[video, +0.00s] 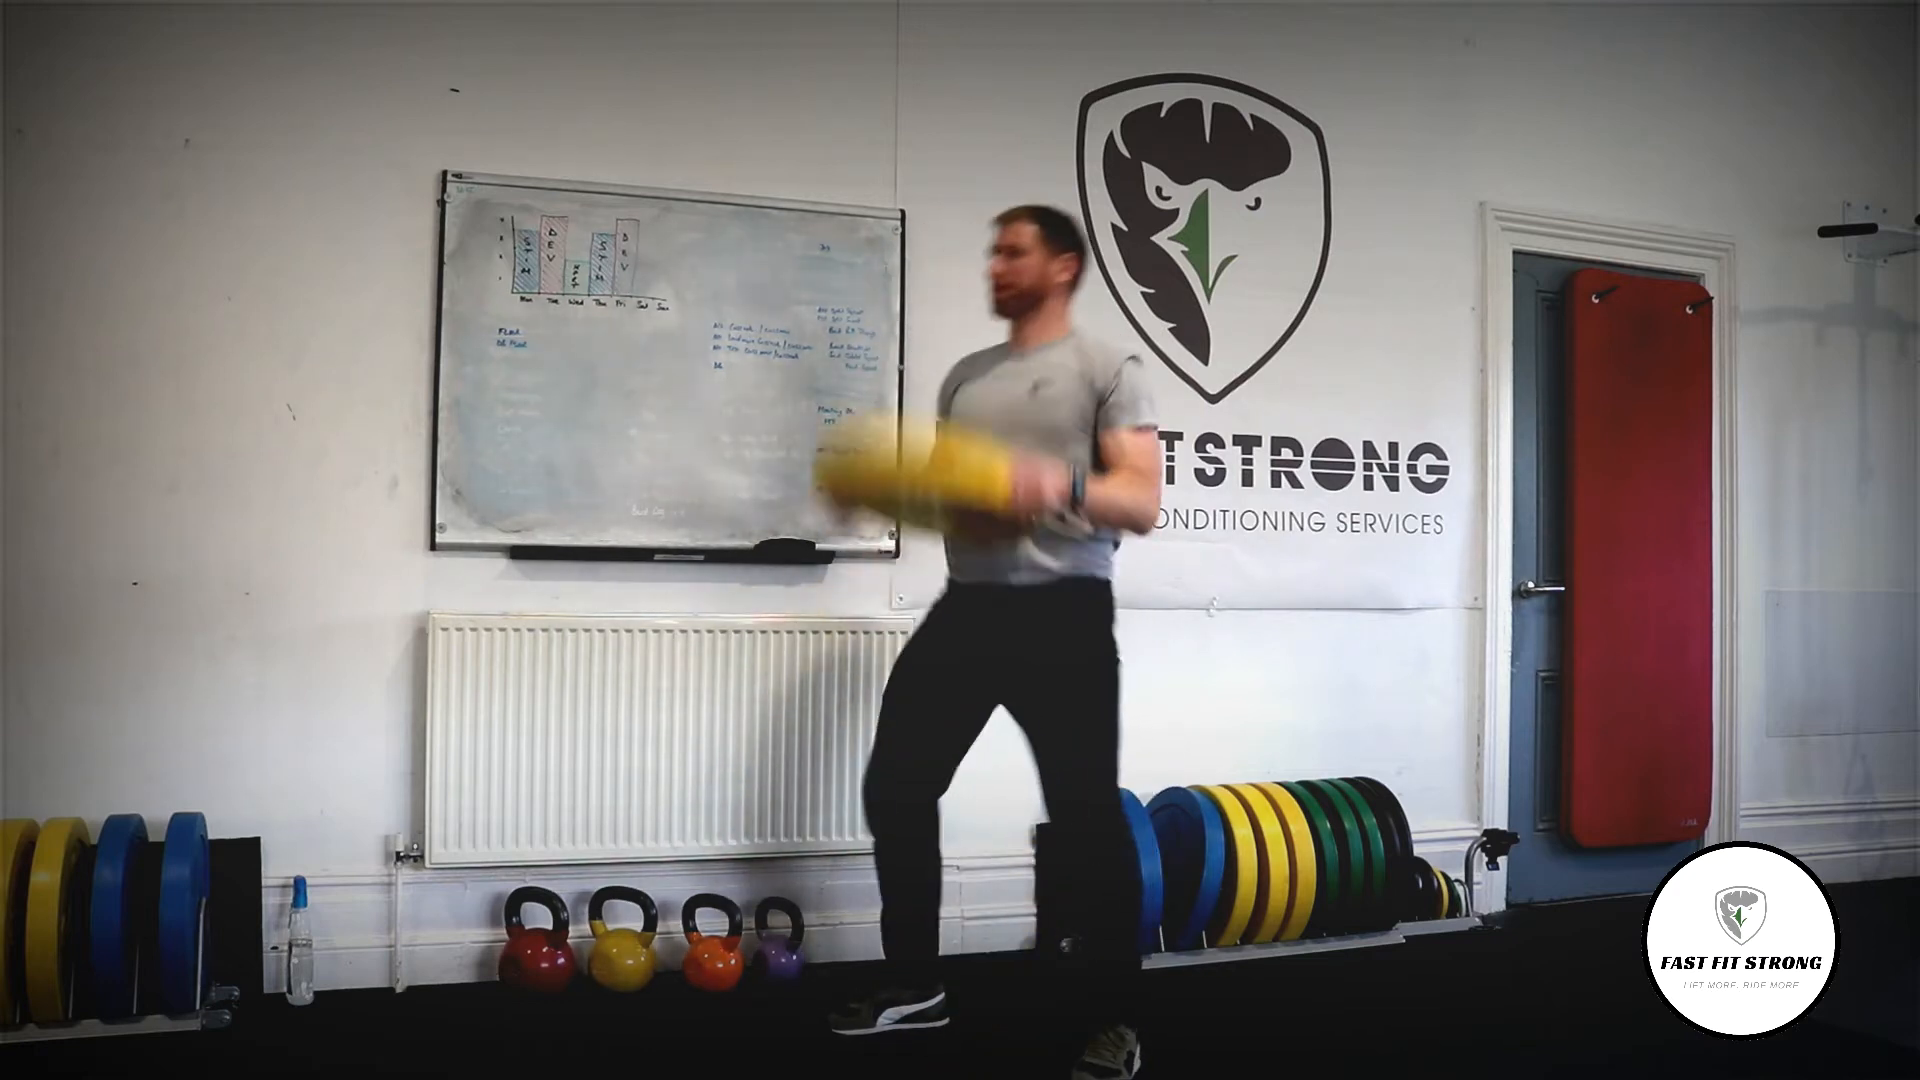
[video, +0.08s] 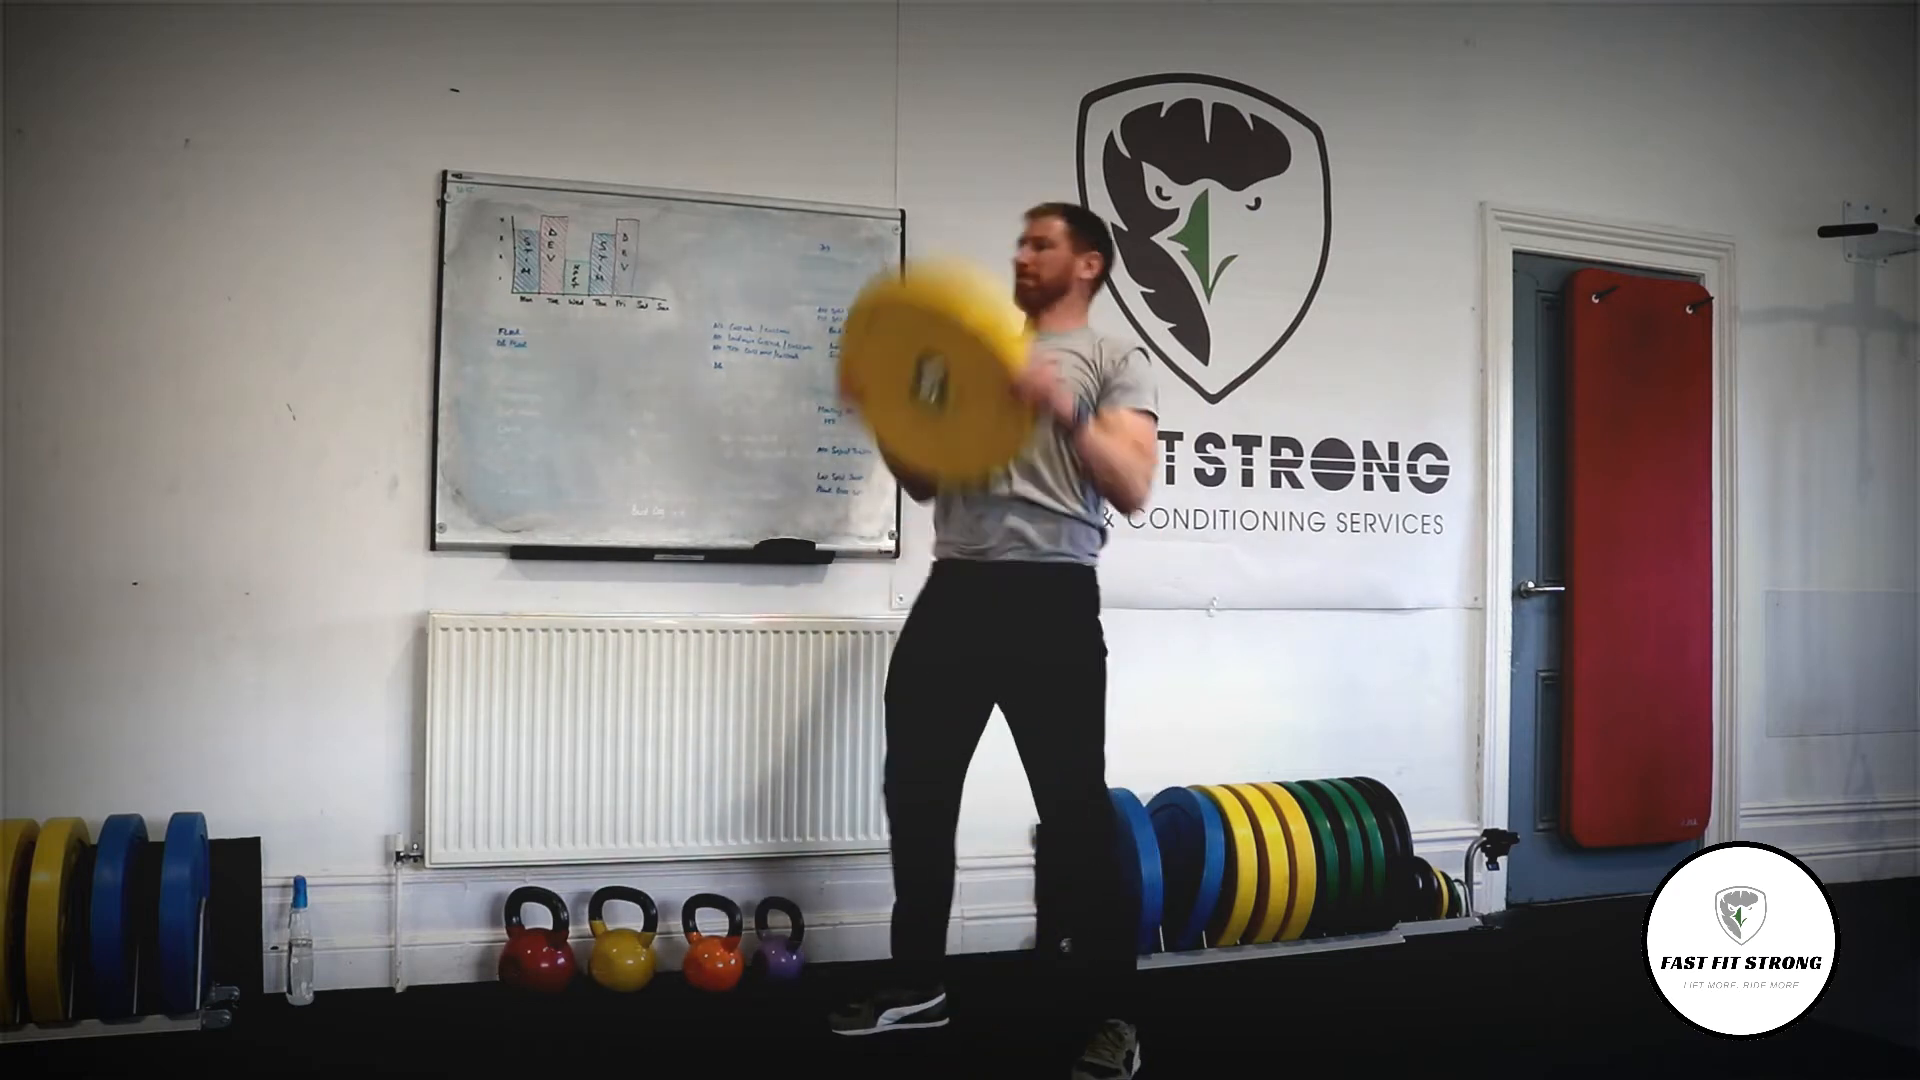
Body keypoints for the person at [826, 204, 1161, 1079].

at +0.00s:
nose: (996, 266)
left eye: (1014, 252)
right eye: (994, 254)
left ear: (1065, 267)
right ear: (997, 269)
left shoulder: (1108, 368)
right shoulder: (965, 379)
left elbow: (1142, 502)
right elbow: (952, 503)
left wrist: (1060, 492)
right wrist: (877, 489)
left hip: (1066, 616)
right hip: (968, 613)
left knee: (1085, 811)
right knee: (897, 788)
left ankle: (1108, 1018)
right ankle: (916, 989)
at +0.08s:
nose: (1021, 259)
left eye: (1040, 246)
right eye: (1019, 246)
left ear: (1089, 264)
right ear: (1018, 261)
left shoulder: (1113, 358)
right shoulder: (987, 353)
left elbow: (1135, 487)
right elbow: (923, 479)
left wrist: (1069, 412)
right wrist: (879, 400)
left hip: (1050, 597)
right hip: (956, 594)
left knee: (1072, 802)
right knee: (917, 793)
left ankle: (1104, 1011)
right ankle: (919, 989)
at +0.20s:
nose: (1047, 249)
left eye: (1069, 244)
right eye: (1045, 240)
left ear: (1097, 278)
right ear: (1028, 264)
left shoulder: (1103, 366)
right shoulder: (977, 361)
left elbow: (1103, 417)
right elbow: (872, 401)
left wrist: (1066, 300)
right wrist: (892, 301)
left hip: (1042, 604)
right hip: (941, 602)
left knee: (1068, 807)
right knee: (923, 802)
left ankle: (1104, 1013)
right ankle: (922, 989)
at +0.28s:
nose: (1044, 246)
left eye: (1064, 243)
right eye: (1043, 238)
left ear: (1088, 277)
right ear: (1024, 268)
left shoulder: (1095, 359)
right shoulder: (962, 345)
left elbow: (1097, 325)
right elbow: (860, 316)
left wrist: (1082, 215)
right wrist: (911, 220)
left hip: (1036, 602)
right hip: (933, 605)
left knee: (1066, 812)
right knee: (921, 811)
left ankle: (1102, 1016)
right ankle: (921, 992)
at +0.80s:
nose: (1006, 208)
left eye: (1025, 204)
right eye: (997, 202)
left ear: (1054, 242)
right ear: (979, 233)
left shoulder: (1068, 312)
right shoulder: (951, 308)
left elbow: (1106, 173)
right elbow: (964, 186)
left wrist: (1150, 67)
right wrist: (987, 78)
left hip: (1027, 592)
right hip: (928, 592)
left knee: (1061, 806)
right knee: (922, 806)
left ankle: (1100, 1013)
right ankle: (922, 992)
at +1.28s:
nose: (1079, 243)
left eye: (1097, 243)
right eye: (1075, 235)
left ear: (1116, 287)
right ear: (1049, 272)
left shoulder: (1108, 357)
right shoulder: (983, 343)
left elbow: (1152, 292)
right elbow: (885, 289)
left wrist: (1129, 181)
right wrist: (938, 195)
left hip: (1050, 599)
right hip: (949, 599)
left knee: (1071, 809)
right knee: (924, 802)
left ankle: (1096, 1011)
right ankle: (923, 988)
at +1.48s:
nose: (1080, 270)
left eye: (1102, 266)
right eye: (1078, 261)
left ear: (1126, 300)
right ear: (1052, 276)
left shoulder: (1117, 371)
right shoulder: (992, 363)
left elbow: (1148, 441)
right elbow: (900, 437)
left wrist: (1105, 326)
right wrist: (918, 333)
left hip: (1053, 594)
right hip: (953, 596)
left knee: (1074, 805)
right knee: (923, 800)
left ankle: (1105, 1010)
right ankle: (923, 989)